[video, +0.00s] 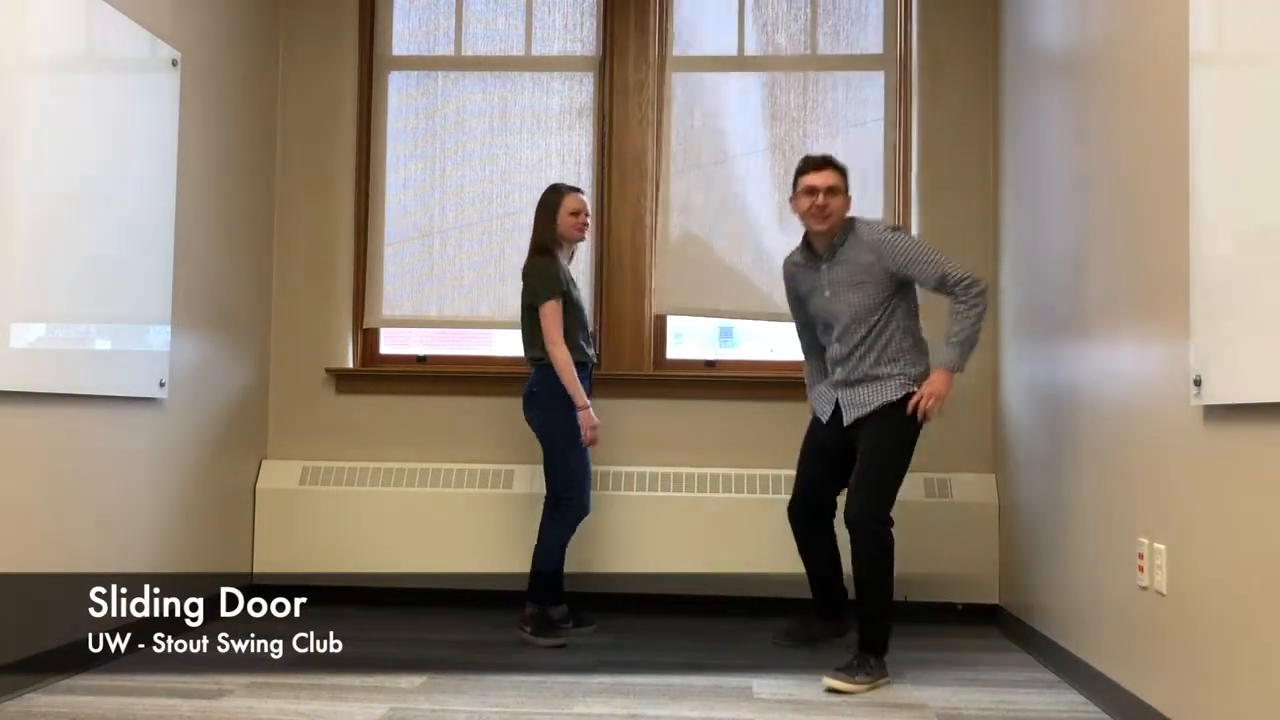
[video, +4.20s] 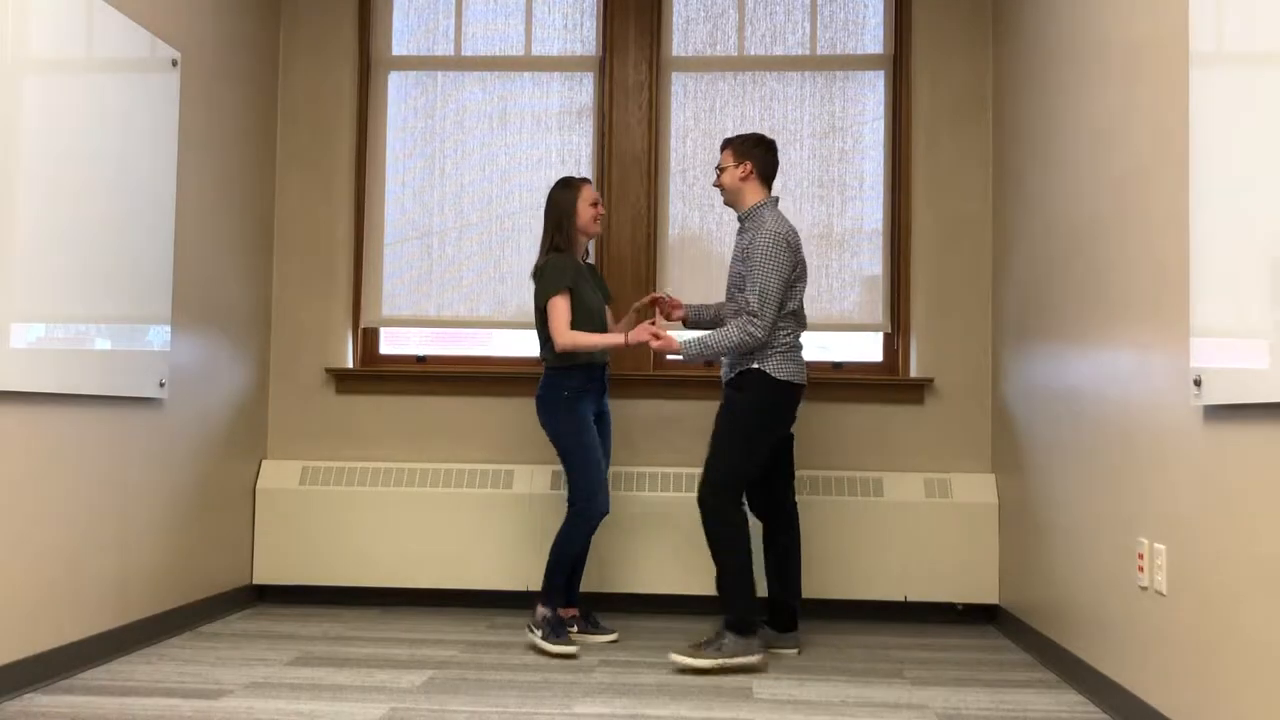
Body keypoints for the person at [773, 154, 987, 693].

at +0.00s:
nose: (820, 202)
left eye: (831, 192)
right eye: (810, 193)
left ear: (847, 200)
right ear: (794, 202)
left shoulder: (883, 244)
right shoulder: (796, 266)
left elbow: (968, 289)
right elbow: (811, 344)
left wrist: (947, 369)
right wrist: (822, 401)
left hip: (895, 398)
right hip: (836, 404)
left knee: (865, 514)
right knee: (807, 510)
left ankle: (872, 656)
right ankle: (832, 616)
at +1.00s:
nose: (806, 153)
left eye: (815, 144)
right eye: (795, 146)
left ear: (831, 154)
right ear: (780, 158)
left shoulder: (864, 213)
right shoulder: (766, 224)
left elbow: (930, 277)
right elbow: (746, 286)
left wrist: (887, 335)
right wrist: (752, 342)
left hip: (843, 387)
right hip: (781, 390)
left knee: (850, 516)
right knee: (794, 519)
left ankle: (866, 653)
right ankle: (795, 639)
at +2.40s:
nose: (769, 164)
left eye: (775, 153)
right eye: (769, 154)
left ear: (803, 150)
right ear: (802, 151)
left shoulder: (859, 207)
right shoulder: (799, 216)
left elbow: (929, 277)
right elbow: (815, 295)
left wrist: (877, 345)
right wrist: (790, 356)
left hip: (845, 391)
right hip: (794, 391)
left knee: (860, 520)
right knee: (799, 518)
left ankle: (865, 655)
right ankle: (797, 638)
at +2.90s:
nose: (771, 167)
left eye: (776, 158)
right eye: (773, 158)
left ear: (799, 160)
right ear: (808, 160)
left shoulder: (833, 211)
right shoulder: (816, 214)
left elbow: (854, 292)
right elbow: (853, 299)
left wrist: (786, 351)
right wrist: (801, 360)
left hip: (846, 385)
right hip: (817, 384)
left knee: (862, 517)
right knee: (792, 505)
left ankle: (867, 653)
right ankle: (788, 626)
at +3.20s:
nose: (757, 176)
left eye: (762, 166)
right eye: (758, 167)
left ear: (784, 168)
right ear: (791, 169)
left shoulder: (809, 227)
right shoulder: (797, 226)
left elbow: (777, 316)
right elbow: (783, 319)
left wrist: (706, 351)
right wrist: (722, 355)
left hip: (814, 388)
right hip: (789, 388)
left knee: (828, 516)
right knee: (770, 506)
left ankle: (859, 653)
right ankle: (779, 626)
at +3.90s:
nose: (730, 179)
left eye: (736, 169)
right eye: (731, 170)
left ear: (762, 172)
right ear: (766, 173)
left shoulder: (776, 225)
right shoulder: (773, 224)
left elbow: (741, 311)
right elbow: (741, 311)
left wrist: (672, 329)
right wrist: (677, 328)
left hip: (770, 383)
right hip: (766, 381)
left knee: (760, 506)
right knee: (763, 504)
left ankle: (778, 631)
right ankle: (773, 626)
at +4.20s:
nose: (715, 177)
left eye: (721, 168)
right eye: (718, 169)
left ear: (745, 169)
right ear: (748, 171)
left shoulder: (767, 232)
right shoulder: (756, 229)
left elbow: (755, 329)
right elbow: (740, 312)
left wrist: (682, 347)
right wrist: (685, 313)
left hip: (762, 381)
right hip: (768, 379)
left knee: (717, 496)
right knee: (773, 501)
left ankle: (741, 631)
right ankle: (782, 622)